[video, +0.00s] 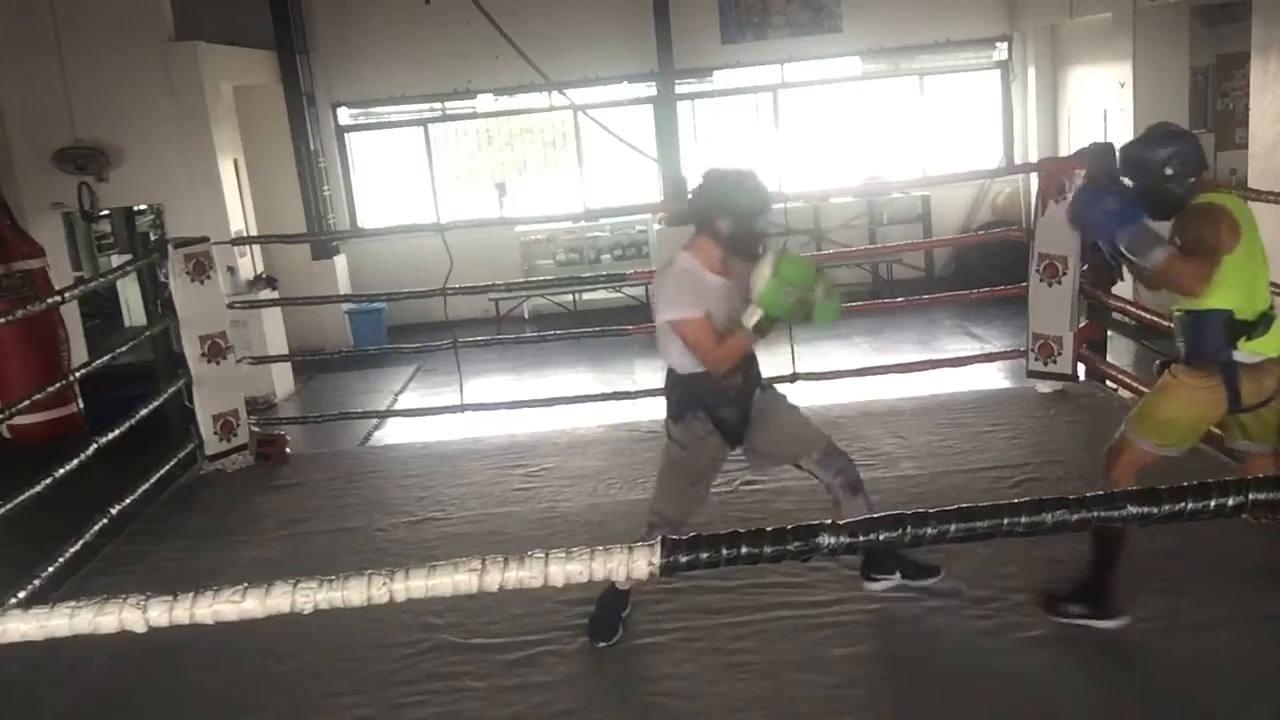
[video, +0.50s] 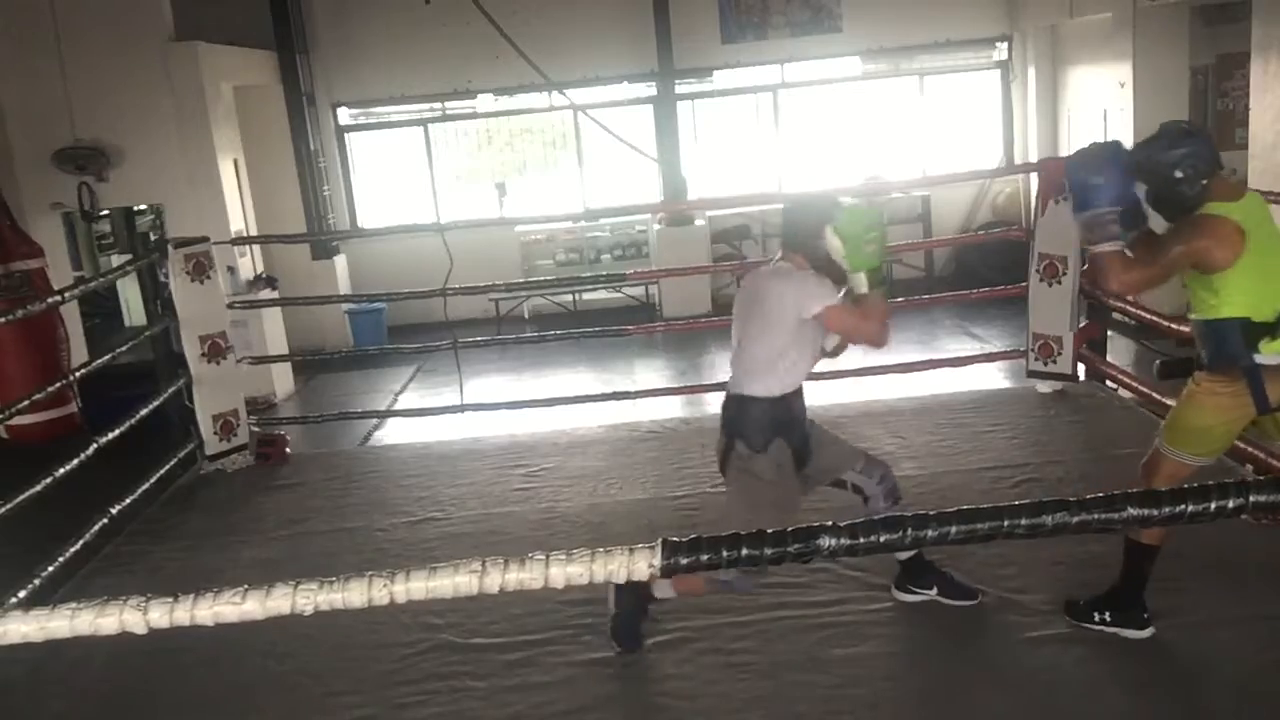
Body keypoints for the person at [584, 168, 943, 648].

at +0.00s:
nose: (763, 231)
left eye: (763, 220)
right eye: (755, 220)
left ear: (724, 220)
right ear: (725, 220)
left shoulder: (738, 263)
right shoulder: (676, 285)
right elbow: (716, 358)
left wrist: (797, 296)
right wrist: (767, 317)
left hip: (750, 394)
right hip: (697, 410)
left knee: (837, 467)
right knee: (667, 524)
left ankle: (878, 562)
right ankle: (619, 594)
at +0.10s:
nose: (783, 218)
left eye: (783, 207)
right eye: (777, 207)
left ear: (746, 209)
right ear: (751, 209)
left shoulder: (755, 263)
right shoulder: (700, 272)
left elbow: (763, 321)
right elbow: (743, 348)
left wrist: (799, 291)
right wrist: (795, 308)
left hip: (752, 395)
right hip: (703, 404)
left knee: (829, 470)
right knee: (674, 519)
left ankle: (893, 561)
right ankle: (616, 599)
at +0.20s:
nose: (805, 246)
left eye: (807, 236)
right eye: (804, 237)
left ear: (771, 219)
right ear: (788, 228)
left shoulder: (762, 264)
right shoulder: (747, 267)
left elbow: (790, 327)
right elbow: (791, 339)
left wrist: (826, 289)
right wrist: (825, 297)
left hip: (761, 401)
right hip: (721, 404)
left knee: (836, 484)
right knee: (693, 522)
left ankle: (902, 568)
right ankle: (617, 593)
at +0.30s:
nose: (841, 238)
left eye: (842, 228)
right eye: (837, 228)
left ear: (789, 226)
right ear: (816, 231)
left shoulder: (762, 266)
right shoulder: (787, 274)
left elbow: (819, 333)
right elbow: (838, 334)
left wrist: (846, 287)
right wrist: (855, 282)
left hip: (774, 411)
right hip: (738, 415)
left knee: (855, 483)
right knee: (725, 540)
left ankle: (908, 570)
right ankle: (626, 579)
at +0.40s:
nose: (848, 235)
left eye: (846, 225)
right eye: (843, 225)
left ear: (794, 232)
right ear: (826, 233)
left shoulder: (763, 280)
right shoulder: (809, 283)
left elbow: (785, 351)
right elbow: (883, 327)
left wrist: (838, 340)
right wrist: (872, 272)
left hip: (781, 421)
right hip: (760, 427)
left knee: (872, 478)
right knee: (752, 565)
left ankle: (912, 569)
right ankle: (647, 589)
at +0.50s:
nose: (846, 239)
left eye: (844, 229)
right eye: (840, 229)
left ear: (790, 237)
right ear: (819, 238)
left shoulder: (757, 280)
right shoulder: (802, 285)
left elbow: (802, 345)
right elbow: (876, 334)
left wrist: (850, 321)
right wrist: (874, 296)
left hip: (783, 427)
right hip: (760, 435)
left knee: (874, 477)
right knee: (748, 570)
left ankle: (912, 568)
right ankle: (643, 589)